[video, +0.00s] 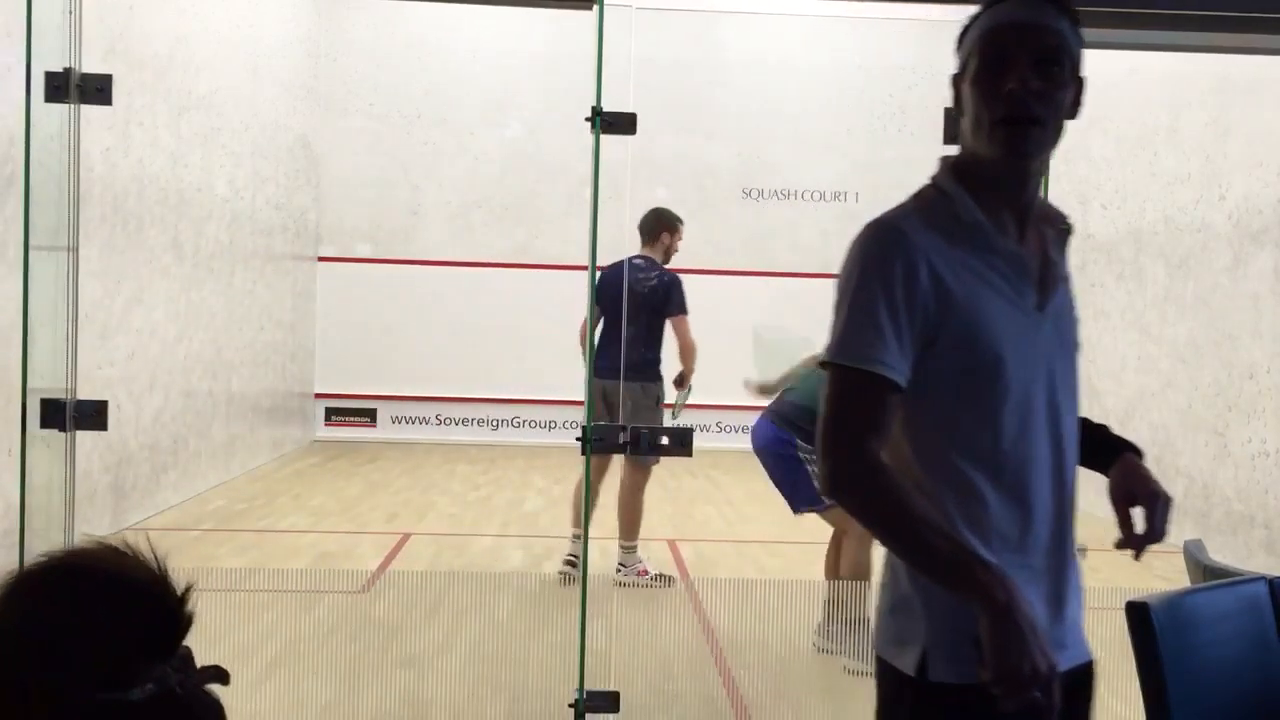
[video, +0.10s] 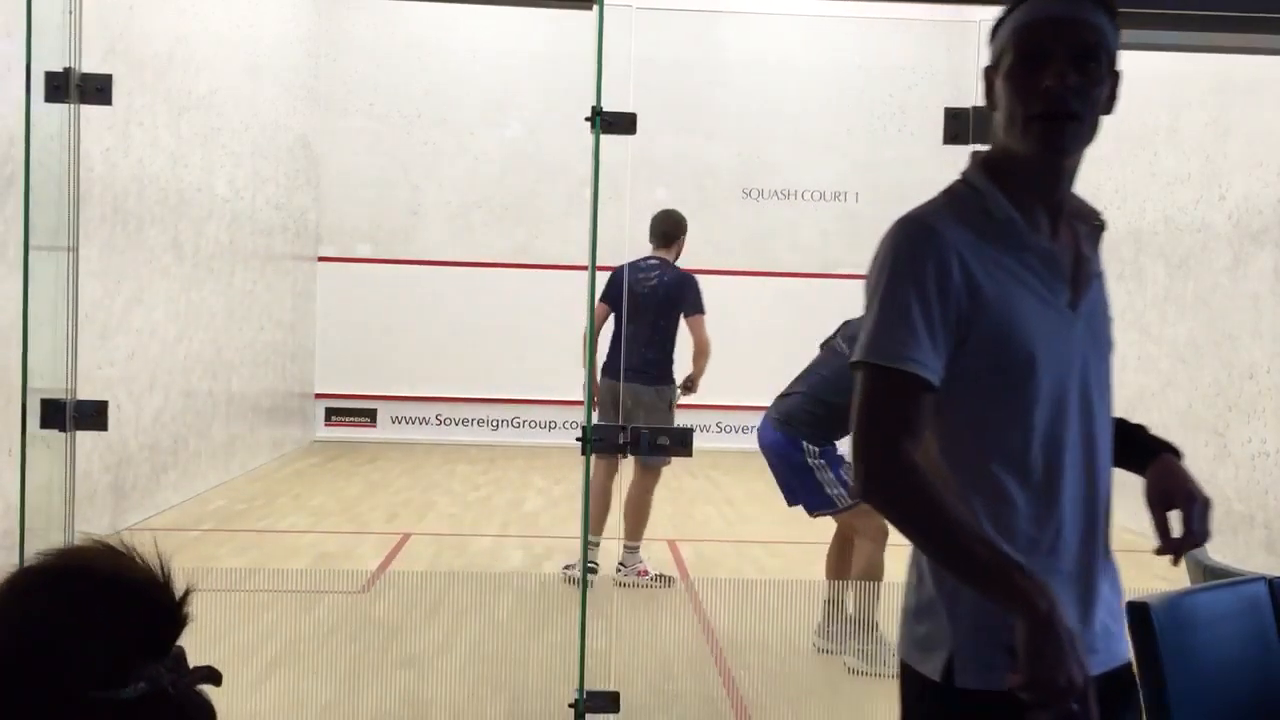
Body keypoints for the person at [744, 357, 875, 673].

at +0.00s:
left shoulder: (838, 357)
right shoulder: (864, 373)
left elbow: (807, 365)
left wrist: (771, 386)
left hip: (772, 431)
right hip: (788, 438)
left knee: (846, 525)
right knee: (859, 525)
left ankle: (834, 625)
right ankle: (855, 637)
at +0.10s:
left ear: (884, 303)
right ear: (910, 321)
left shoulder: (859, 326)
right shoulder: (884, 344)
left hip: (782, 430)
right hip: (802, 438)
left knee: (851, 525)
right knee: (872, 530)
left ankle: (833, 623)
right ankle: (863, 641)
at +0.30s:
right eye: (942, 285)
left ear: (901, 275)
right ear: (936, 285)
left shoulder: (854, 291)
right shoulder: (922, 327)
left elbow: (804, 343)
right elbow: (926, 390)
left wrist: (798, 392)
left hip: (787, 414)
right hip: (831, 425)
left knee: (827, 513)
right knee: (877, 530)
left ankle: (828, 622)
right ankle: (868, 642)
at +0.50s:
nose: (892, 265)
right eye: (894, 259)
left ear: (854, 256)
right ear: (894, 264)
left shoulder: (817, 288)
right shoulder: (901, 320)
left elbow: (776, 346)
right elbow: (883, 364)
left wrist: (763, 403)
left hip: (792, 415)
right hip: (844, 427)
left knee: (788, 503)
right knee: (874, 532)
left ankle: (763, 613)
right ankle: (874, 641)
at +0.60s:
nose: (862, 263)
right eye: (866, 258)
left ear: (828, 256)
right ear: (866, 262)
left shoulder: (793, 294)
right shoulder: (879, 315)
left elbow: (759, 355)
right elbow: (874, 380)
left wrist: (749, 411)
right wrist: (848, 415)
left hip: (782, 423)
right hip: (838, 430)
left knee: (765, 512)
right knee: (869, 531)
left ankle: (732, 615)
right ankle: (873, 641)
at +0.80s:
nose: (913, 299)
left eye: (914, 292)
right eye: (914, 292)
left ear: (881, 283)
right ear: (905, 291)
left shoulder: (845, 308)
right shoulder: (872, 322)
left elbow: (836, 351)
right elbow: (883, 384)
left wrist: (887, 355)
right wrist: (953, 384)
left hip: (798, 420)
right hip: (838, 426)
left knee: (772, 507)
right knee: (923, 480)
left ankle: (745, 588)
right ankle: (879, 559)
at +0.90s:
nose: (987, 327)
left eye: (986, 319)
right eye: (987, 319)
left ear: (956, 306)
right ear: (978, 317)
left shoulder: (925, 322)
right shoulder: (935, 345)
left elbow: (884, 310)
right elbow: (948, 403)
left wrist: (870, 326)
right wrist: (1006, 377)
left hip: (848, 429)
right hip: (886, 440)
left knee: (800, 512)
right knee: (976, 496)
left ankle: (748, 585)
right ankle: (1025, 578)